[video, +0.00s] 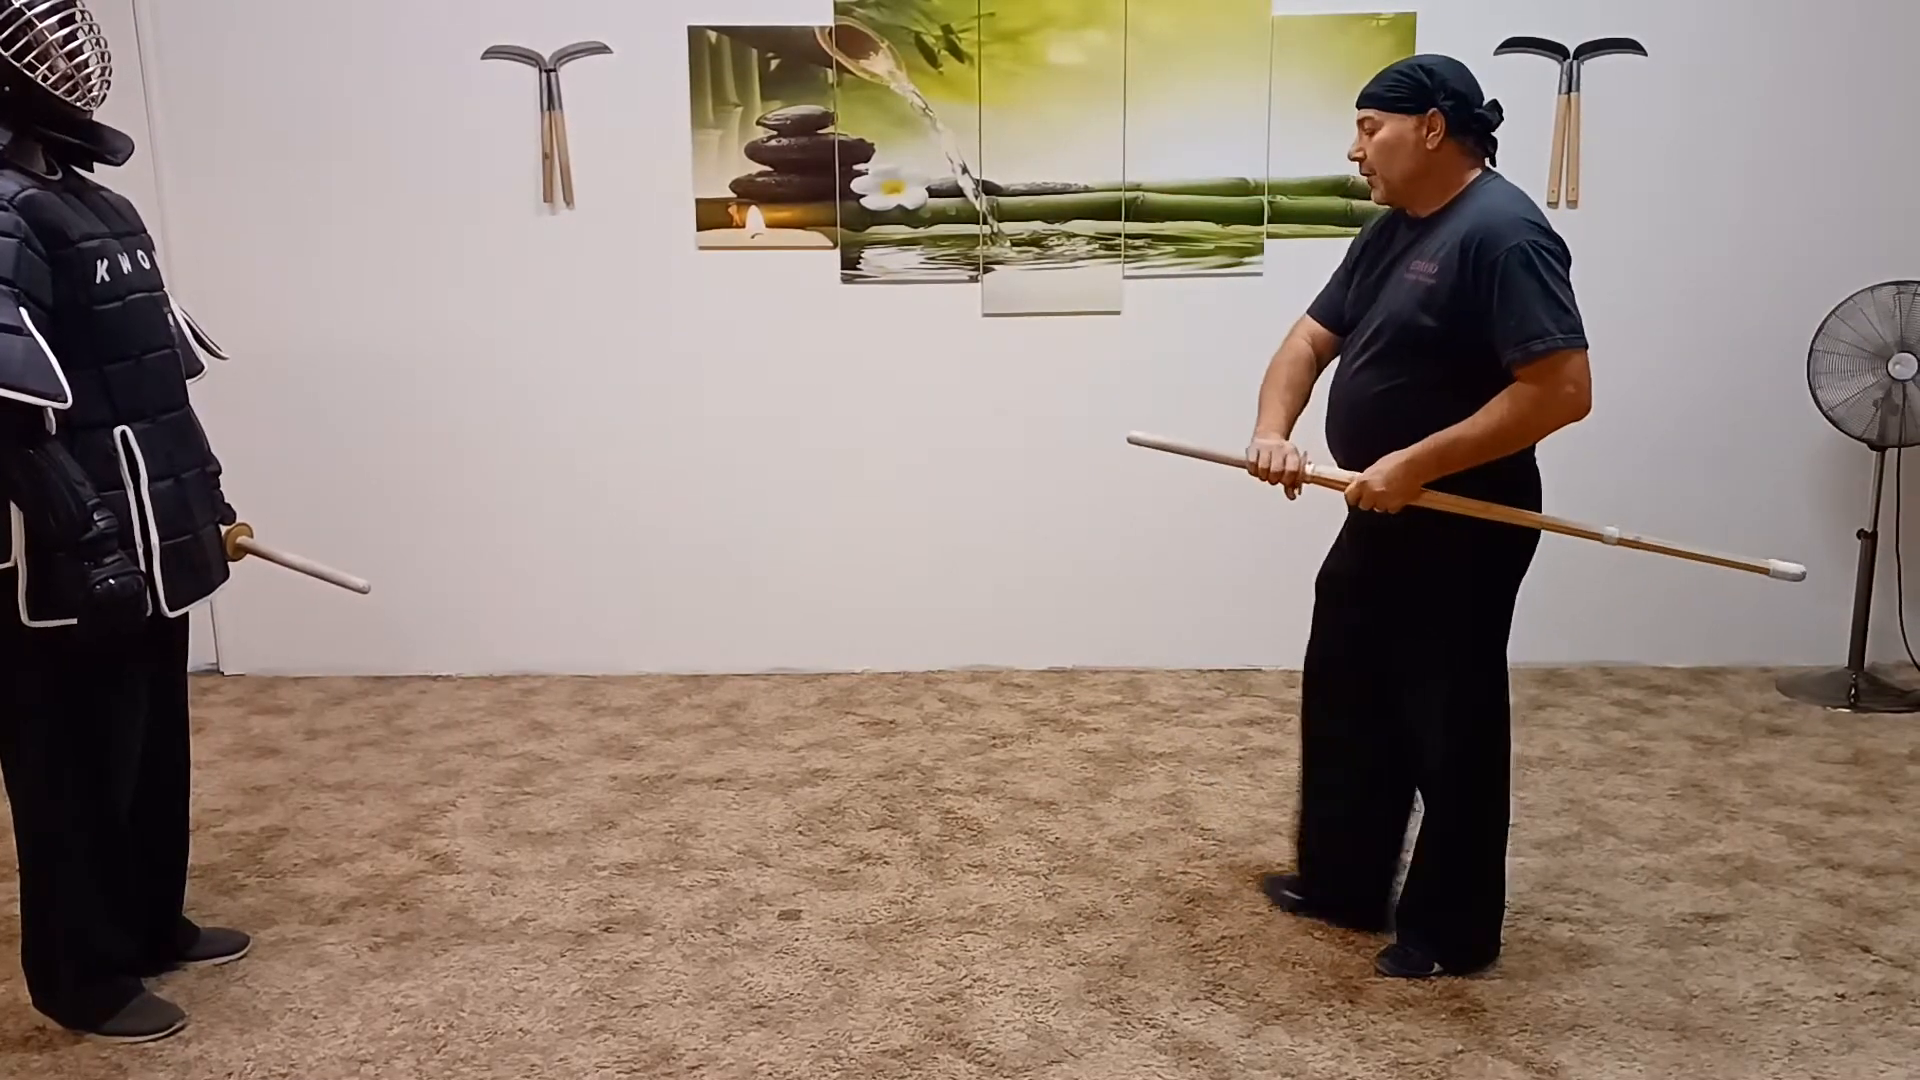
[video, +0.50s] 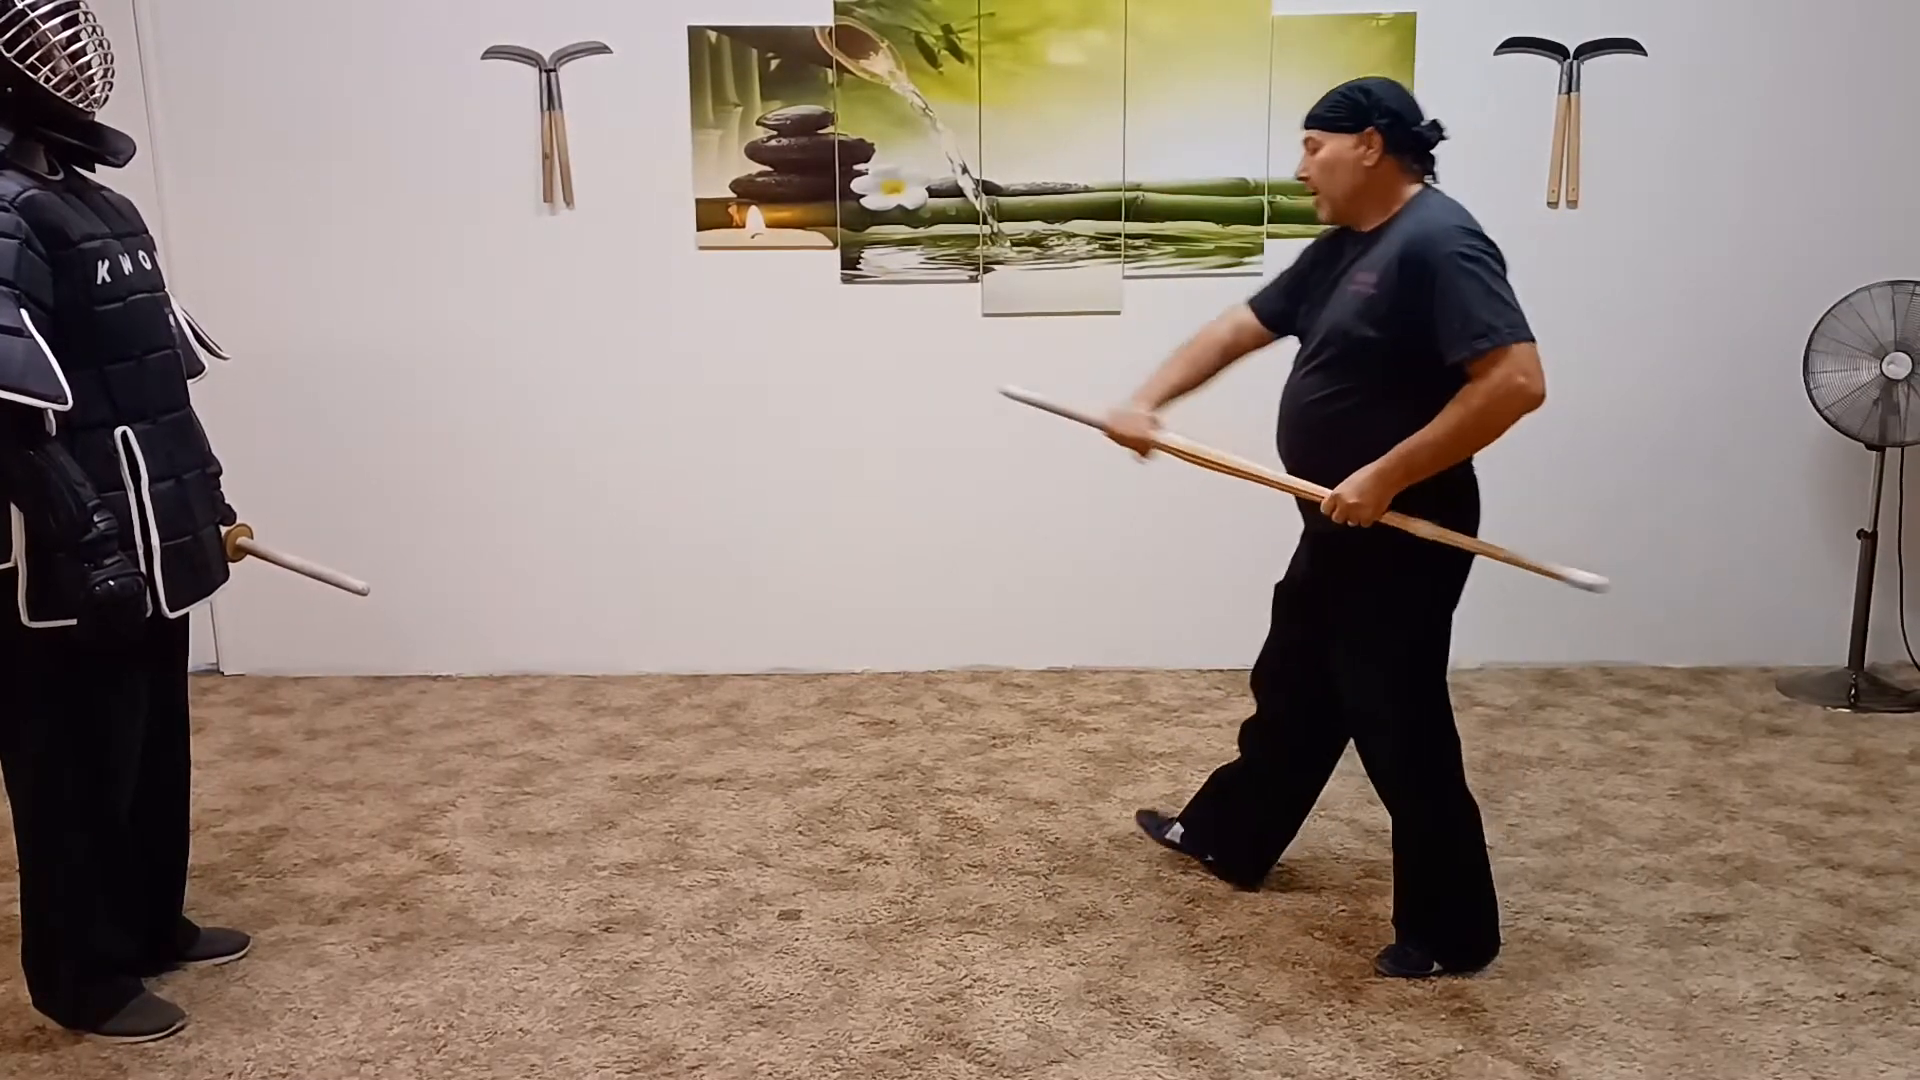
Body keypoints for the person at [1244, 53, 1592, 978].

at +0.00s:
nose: (1357, 146)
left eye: (1372, 125)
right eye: (1358, 128)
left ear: (1432, 128)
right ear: (1420, 134)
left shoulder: (1505, 232)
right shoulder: (1388, 231)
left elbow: (1561, 389)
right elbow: (1307, 343)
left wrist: (1417, 462)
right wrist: (1275, 427)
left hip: (1470, 516)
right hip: (1382, 504)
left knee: (1454, 717)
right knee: (1344, 688)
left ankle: (1453, 931)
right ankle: (1343, 885)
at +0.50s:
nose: (1302, 164)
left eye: (1316, 145)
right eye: (1303, 147)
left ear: (1373, 146)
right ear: (1358, 151)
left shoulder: (1441, 241)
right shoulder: (1339, 247)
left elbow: (1515, 379)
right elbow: (1240, 328)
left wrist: (1387, 474)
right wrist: (1146, 399)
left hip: (1409, 530)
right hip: (1337, 519)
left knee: (1404, 725)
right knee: (1296, 689)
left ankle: (1452, 931)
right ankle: (1231, 837)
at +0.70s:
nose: (1248, 162)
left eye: (1263, 143)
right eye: (1249, 147)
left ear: (1322, 146)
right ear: (1298, 154)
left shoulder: (1390, 233)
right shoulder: (1283, 245)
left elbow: (1482, 352)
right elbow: (1170, 304)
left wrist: (1384, 476)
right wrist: (1064, 352)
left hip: (1372, 525)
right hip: (1300, 517)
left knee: (1392, 732)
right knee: (1261, 690)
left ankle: (1453, 931)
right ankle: (1216, 845)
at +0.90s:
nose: (1203, 176)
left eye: (1216, 158)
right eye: (1200, 164)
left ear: (1273, 154)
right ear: (1250, 164)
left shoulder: (1343, 232)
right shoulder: (1231, 251)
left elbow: (1449, 335)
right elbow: (1123, 287)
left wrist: (1391, 478)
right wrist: (1012, 322)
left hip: (1350, 525)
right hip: (1272, 521)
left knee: (1392, 728)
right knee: (1229, 674)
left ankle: (1456, 929)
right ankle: (1209, 845)